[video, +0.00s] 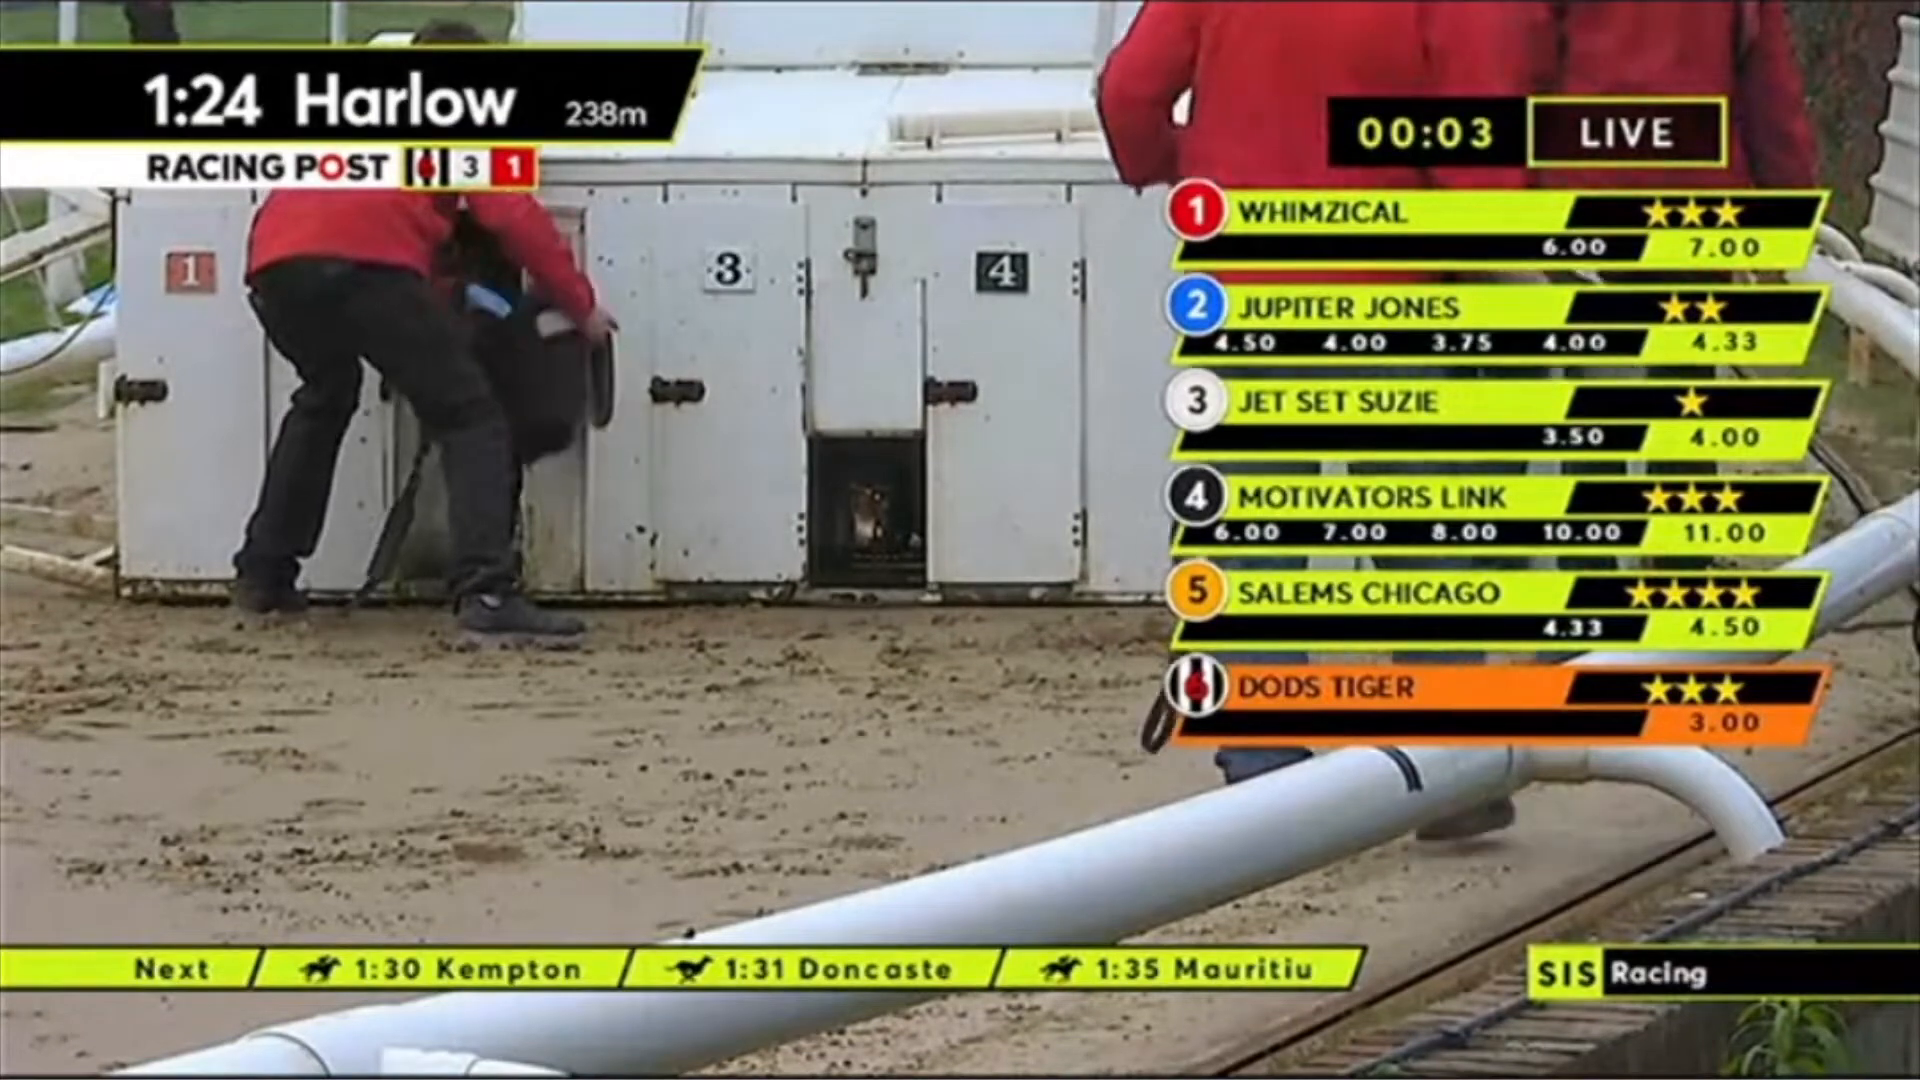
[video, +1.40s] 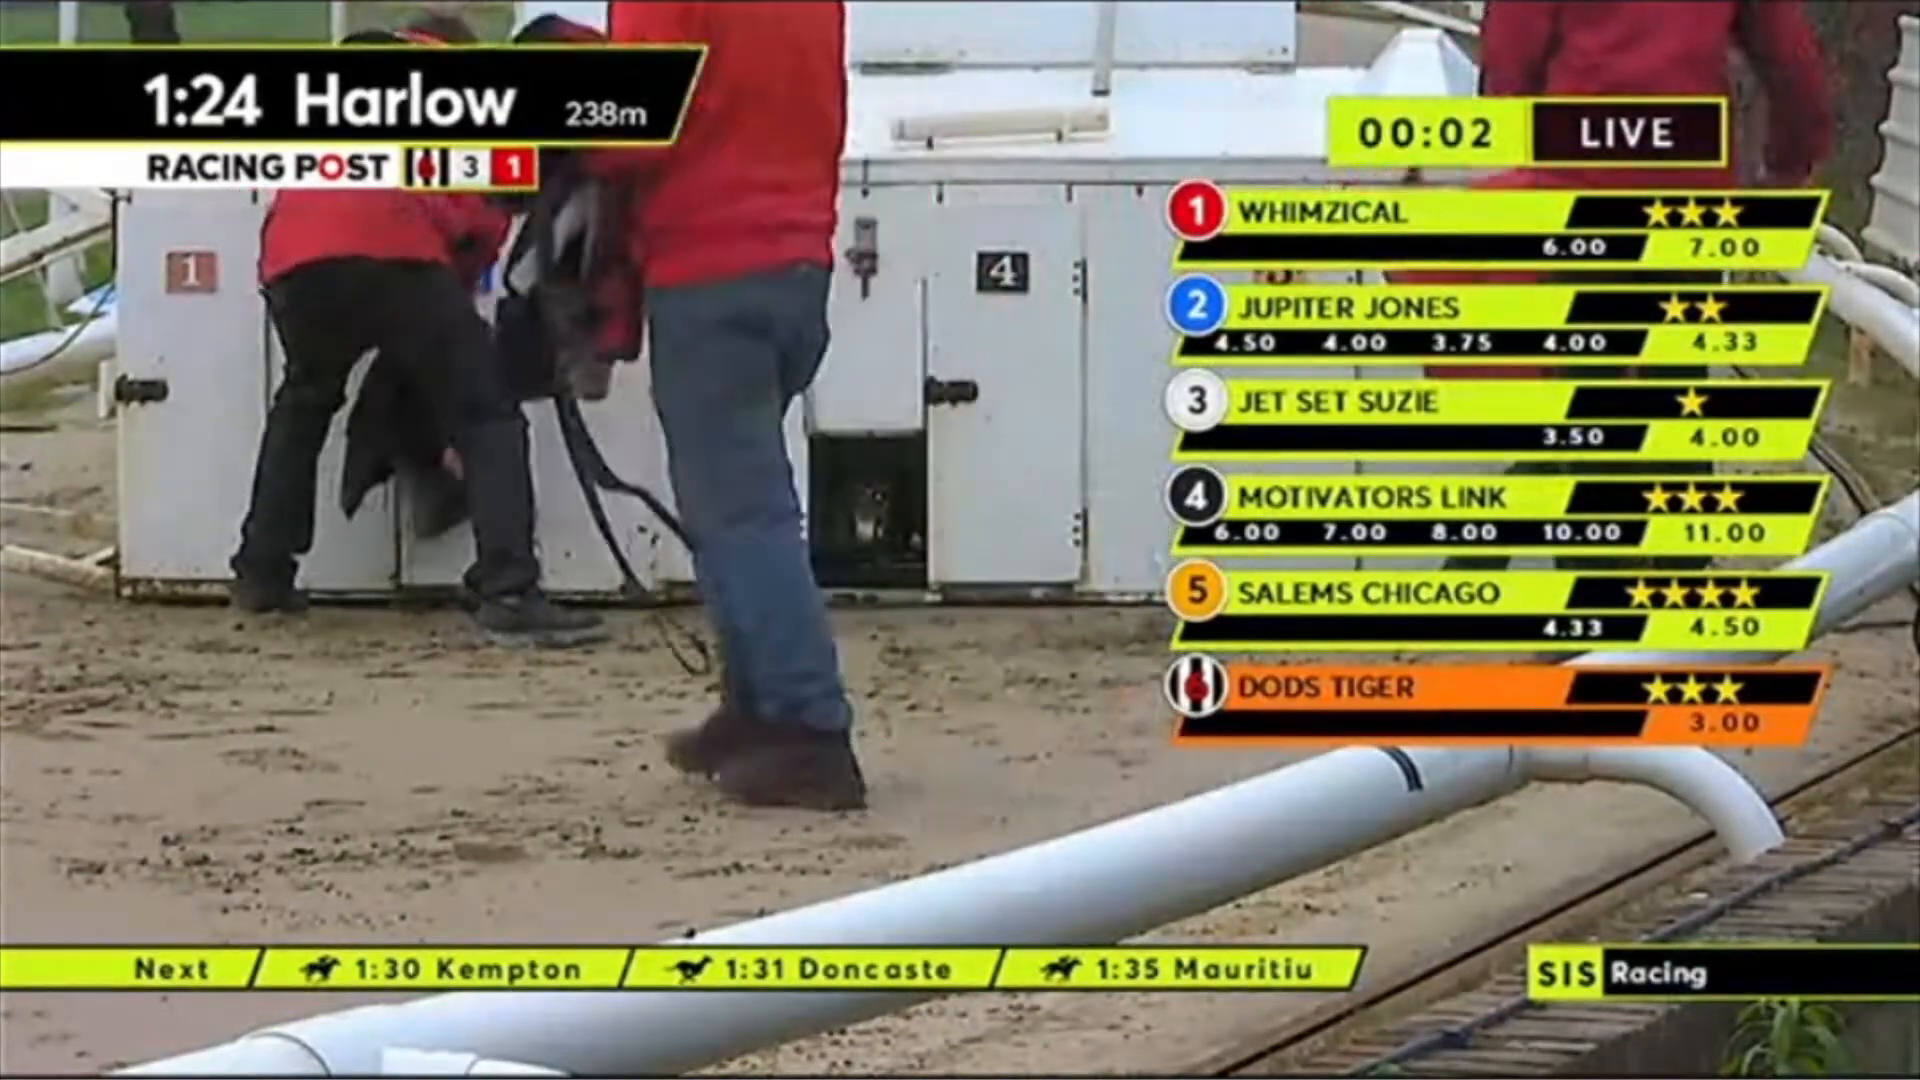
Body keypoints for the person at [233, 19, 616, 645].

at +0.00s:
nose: (490, 104)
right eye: (485, 91)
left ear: (411, 61)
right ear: (473, 78)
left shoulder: (353, 117)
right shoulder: (468, 128)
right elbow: (515, 218)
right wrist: (583, 309)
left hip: (277, 266)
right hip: (375, 265)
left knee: (326, 391)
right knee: (471, 418)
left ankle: (264, 572)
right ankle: (487, 594)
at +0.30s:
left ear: (400, 43)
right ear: (471, 54)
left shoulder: (348, 89)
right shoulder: (490, 105)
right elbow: (501, 221)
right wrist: (482, 298)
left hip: (280, 267)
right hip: (381, 266)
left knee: (319, 390)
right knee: (467, 419)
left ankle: (263, 575)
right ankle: (489, 594)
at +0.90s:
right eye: (469, 71)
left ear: (409, 29)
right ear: (461, 50)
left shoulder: (330, 61)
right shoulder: (459, 85)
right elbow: (458, 220)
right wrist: (434, 291)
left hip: (259, 244)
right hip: (357, 253)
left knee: (303, 395)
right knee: (415, 416)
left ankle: (262, 574)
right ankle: (424, 585)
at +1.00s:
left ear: (412, 26)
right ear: (461, 43)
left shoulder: (313, 70)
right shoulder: (455, 79)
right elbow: (455, 214)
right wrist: (432, 292)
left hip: (262, 240)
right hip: (365, 245)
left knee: (305, 391)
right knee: (441, 406)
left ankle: (262, 573)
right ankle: (452, 555)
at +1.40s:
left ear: (398, 37)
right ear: (456, 51)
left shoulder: (329, 90)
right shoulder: (462, 93)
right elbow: (487, 214)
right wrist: (465, 276)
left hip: (297, 265)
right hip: (403, 260)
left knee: (307, 393)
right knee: (487, 417)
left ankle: (261, 572)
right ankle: (510, 593)